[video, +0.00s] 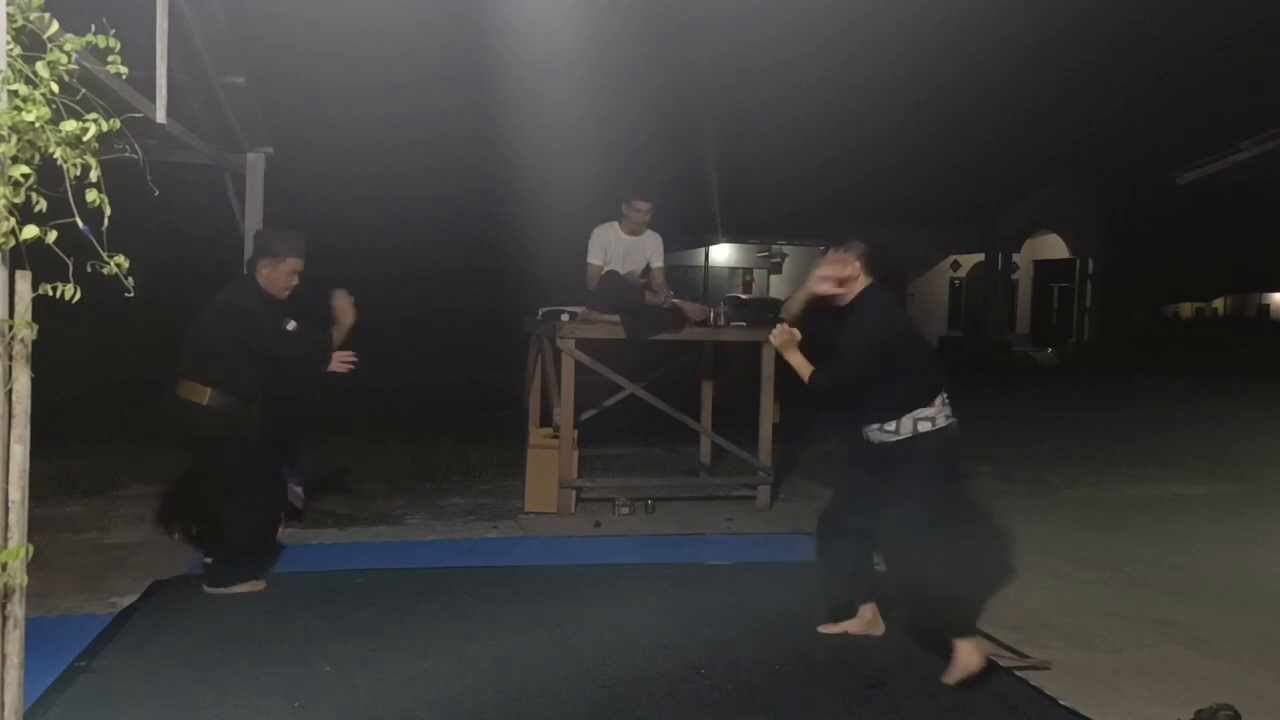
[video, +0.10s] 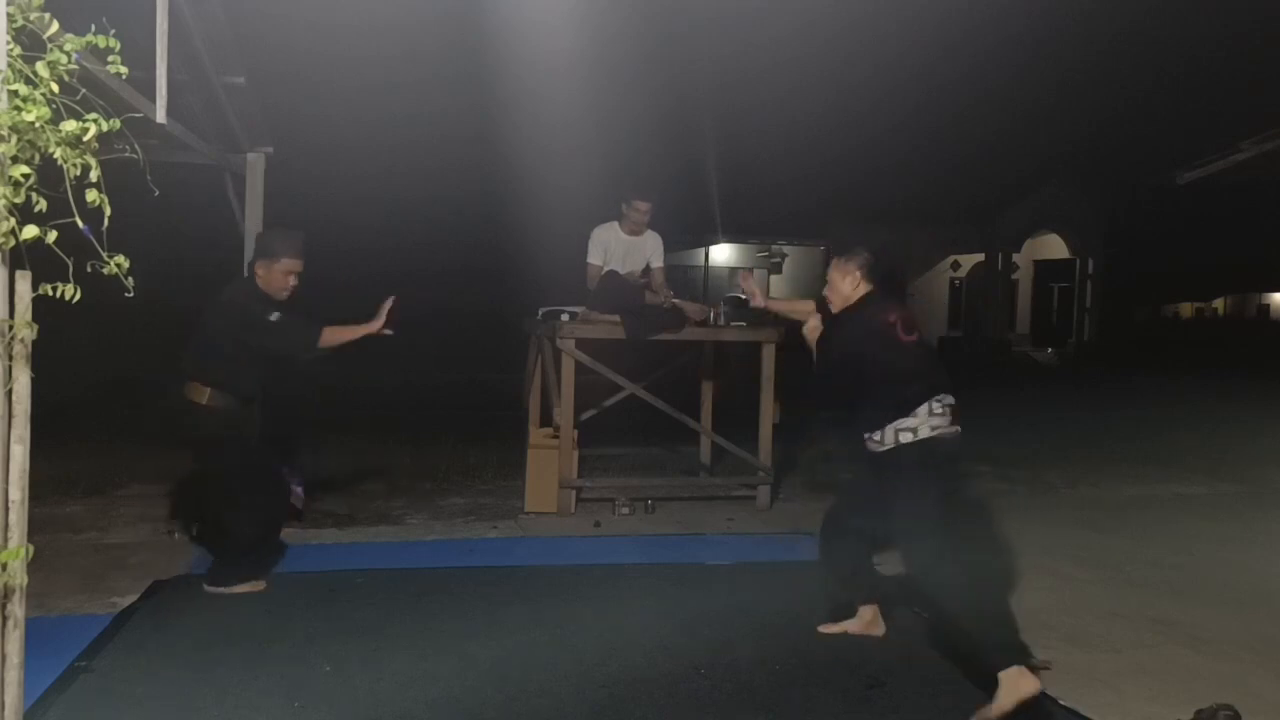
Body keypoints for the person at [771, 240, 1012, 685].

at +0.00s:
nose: (827, 274)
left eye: (838, 264)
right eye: (825, 266)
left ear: (859, 272)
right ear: (825, 273)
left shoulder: (876, 314)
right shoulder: (844, 310)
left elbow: (832, 389)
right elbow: (789, 322)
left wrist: (792, 354)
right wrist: (807, 289)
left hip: (922, 445)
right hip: (880, 444)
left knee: (908, 544)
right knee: (842, 524)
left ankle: (964, 642)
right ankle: (866, 613)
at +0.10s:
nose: (827, 284)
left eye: (832, 276)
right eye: (829, 276)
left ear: (855, 280)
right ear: (862, 279)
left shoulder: (853, 327)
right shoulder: (886, 308)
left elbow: (833, 389)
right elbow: (819, 310)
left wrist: (817, 347)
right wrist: (764, 302)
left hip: (911, 459)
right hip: (928, 451)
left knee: (932, 565)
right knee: (841, 526)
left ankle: (1010, 671)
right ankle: (864, 611)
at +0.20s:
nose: (830, 291)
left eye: (835, 283)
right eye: (833, 283)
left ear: (859, 283)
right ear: (868, 281)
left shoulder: (848, 333)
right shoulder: (899, 310)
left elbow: (813, 404)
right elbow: (833, 314)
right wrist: (776, 312)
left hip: (911, 466)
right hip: (934, 455)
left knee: (943, 572)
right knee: (848, 526)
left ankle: (1025, 687)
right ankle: (866, 612)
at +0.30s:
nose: (836, 298)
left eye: (841, 289)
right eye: (837, 290)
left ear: (867, 288)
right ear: (874, 286)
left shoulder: (858, 335)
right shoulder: (917, 317)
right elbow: (865, 321)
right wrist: (820, 324)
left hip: (916, 473)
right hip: (939, 464)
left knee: (946, 582)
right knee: (853, 526)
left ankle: (1030, 702)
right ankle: (864, 612)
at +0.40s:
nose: (843, 299)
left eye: (848, 290)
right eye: (843, 290)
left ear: (873, 286)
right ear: (884, 285)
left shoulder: (857, 336)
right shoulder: (931, 320)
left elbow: (845, 406)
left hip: (915, 476)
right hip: (956, 471)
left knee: (954, 592)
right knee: (865, 526)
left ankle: (1030, 701)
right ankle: (864, 611)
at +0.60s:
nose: (846, 293)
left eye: (852, 283)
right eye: (848, 283)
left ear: (880, 282)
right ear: (887, 281)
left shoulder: (868, 333)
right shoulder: (932, 317)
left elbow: (852, 412)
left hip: (927, 476)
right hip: (962, 470)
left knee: (958, 595)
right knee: (871, 524)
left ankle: (1030, 703)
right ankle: (867, 613)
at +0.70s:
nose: (840, 292)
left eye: (846, 282)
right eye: (842, 282)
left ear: (876, 282)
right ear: (881, 281)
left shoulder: (870, 330)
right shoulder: (916, 313)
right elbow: (861, 329)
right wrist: (821, 342)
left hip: (927, 476)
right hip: (953, 467)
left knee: (958, 590)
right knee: (861, 520)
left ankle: (1032, 703)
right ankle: (864, 615)